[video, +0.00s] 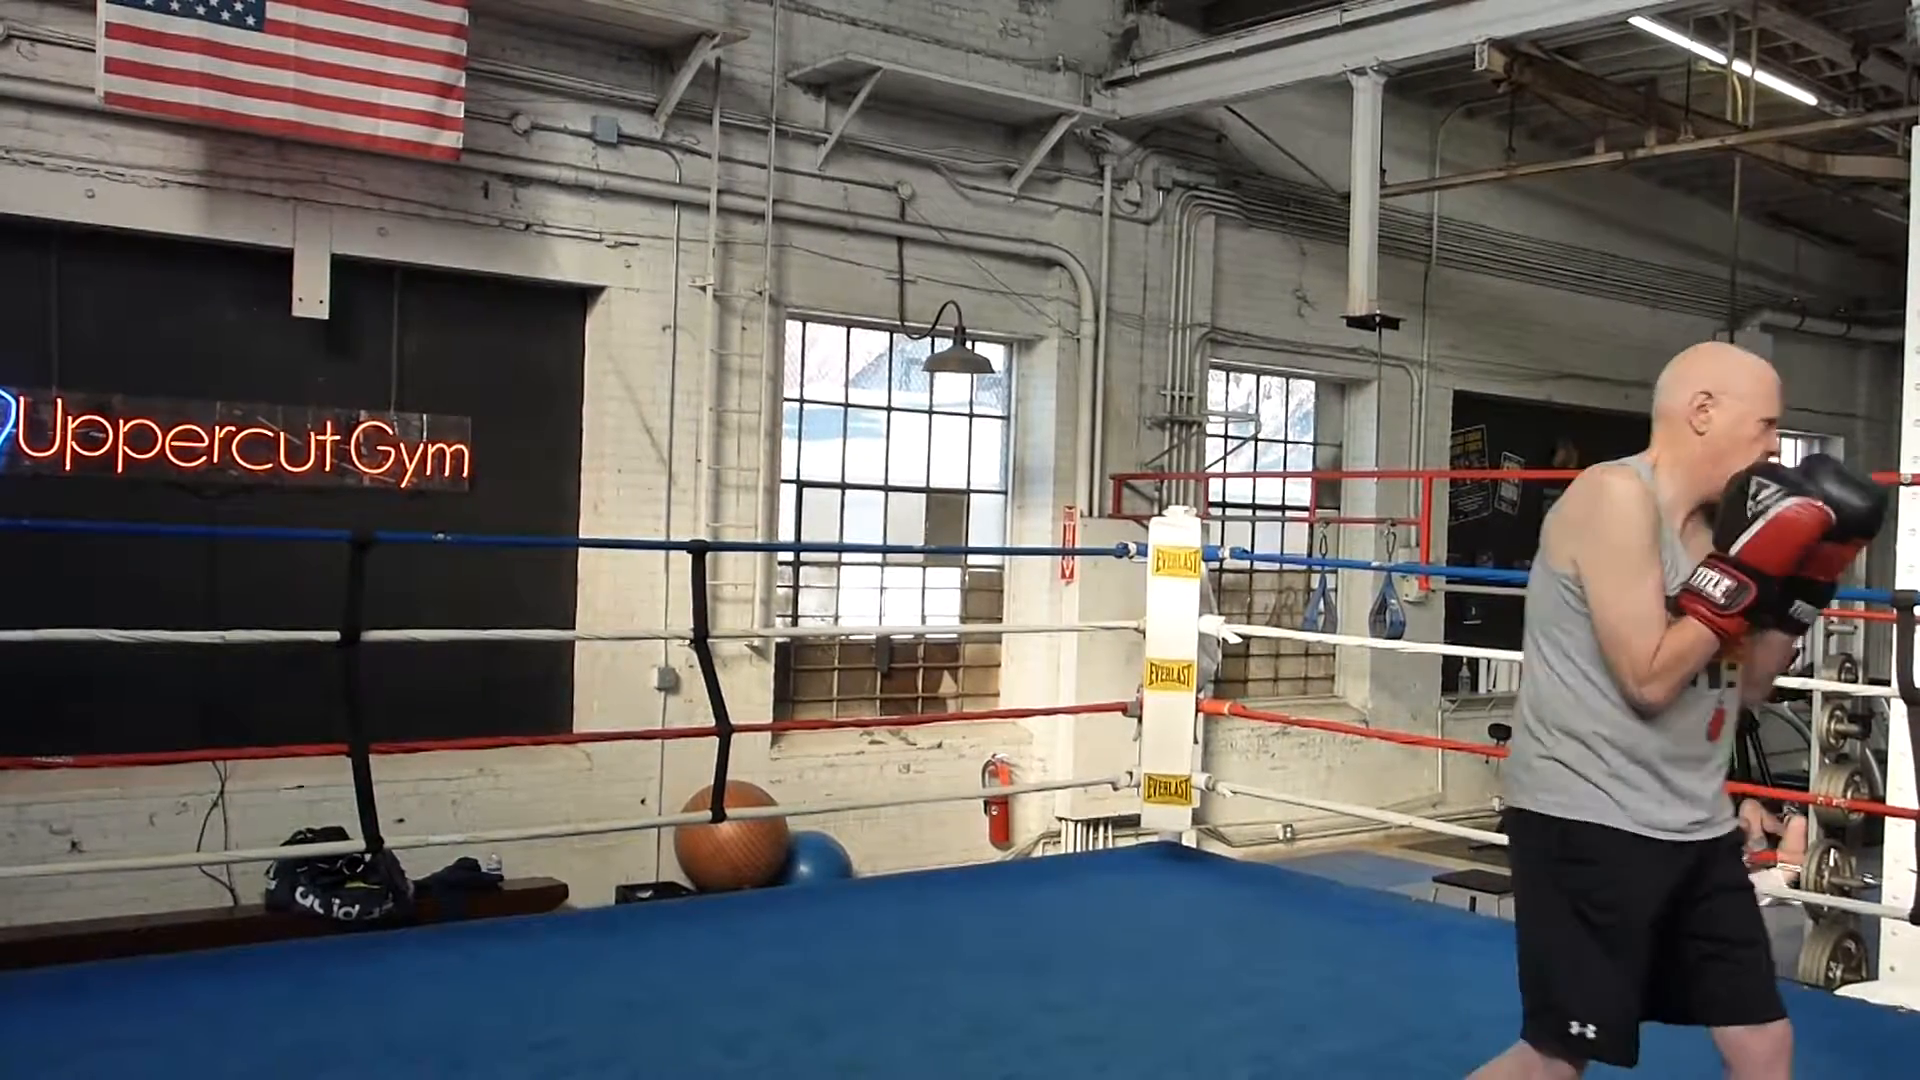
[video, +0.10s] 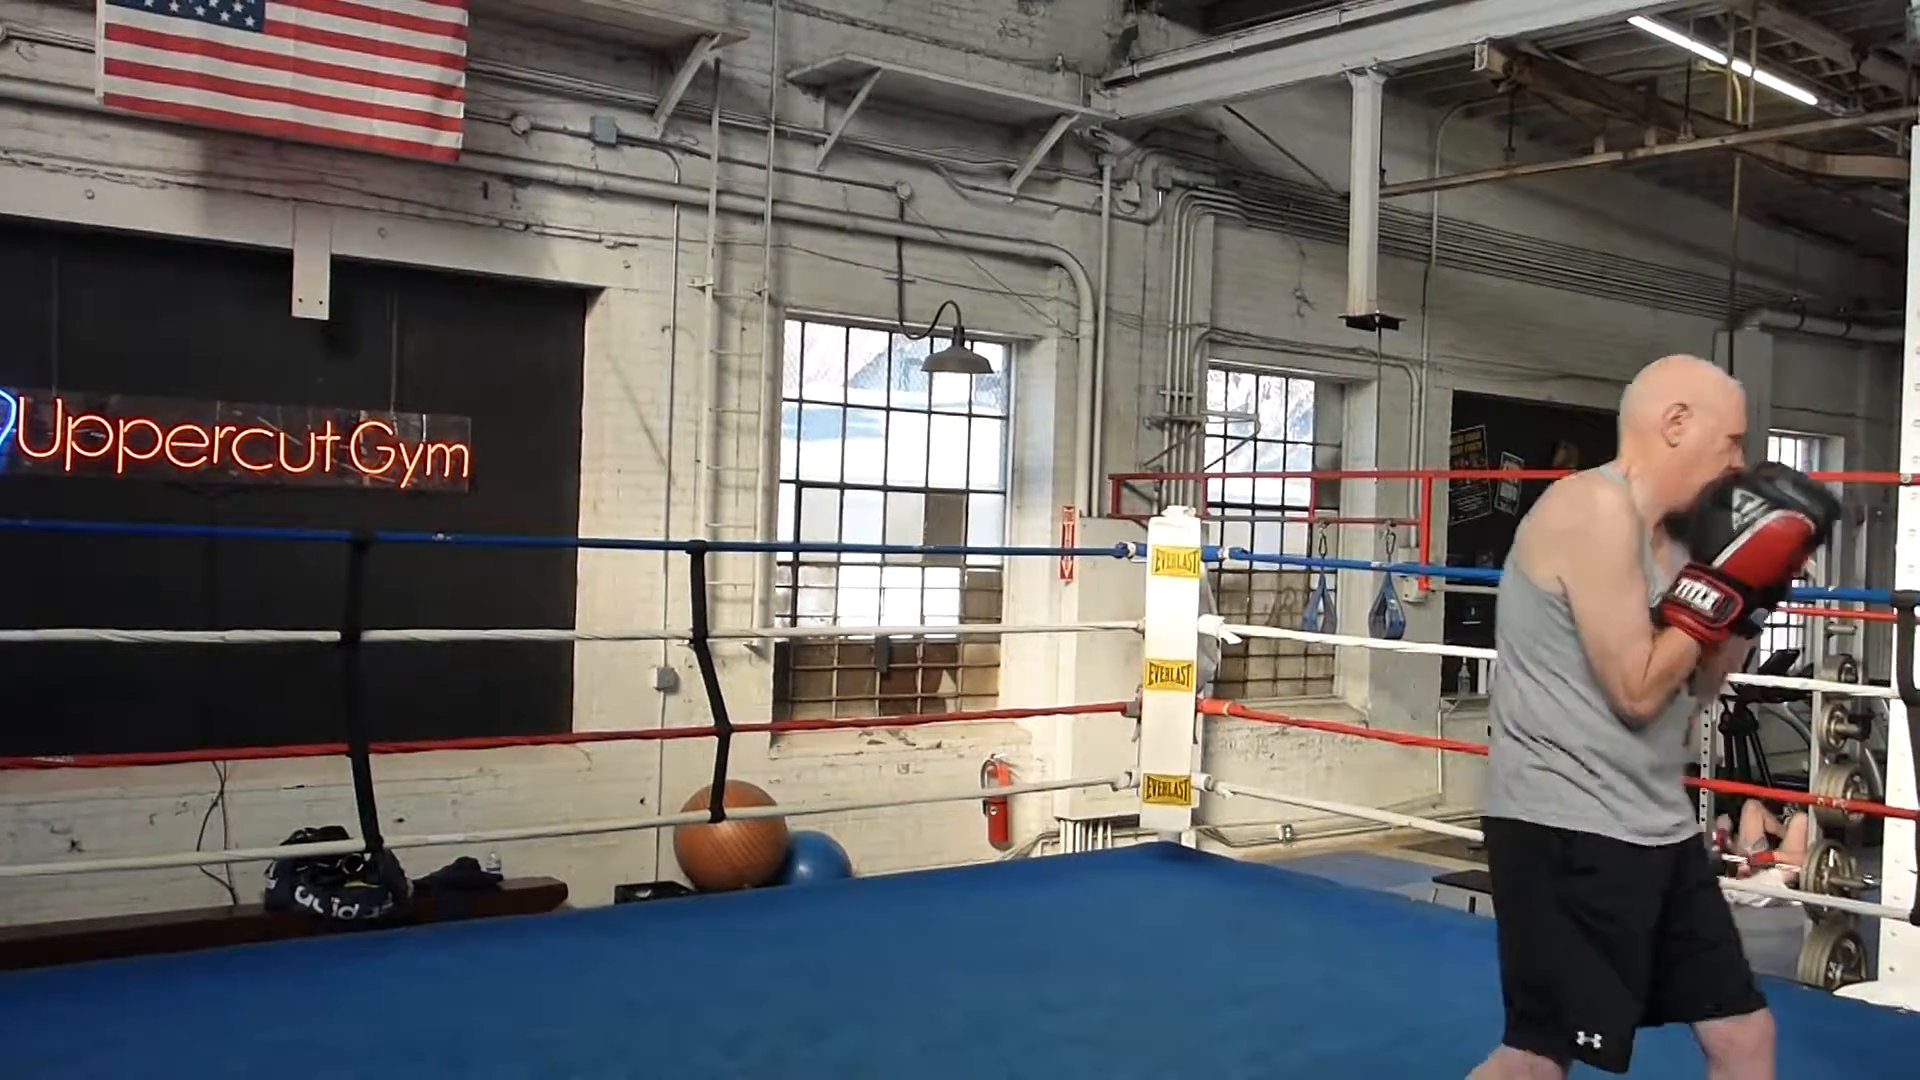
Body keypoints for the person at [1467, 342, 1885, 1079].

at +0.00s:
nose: (1775, 450)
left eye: (1778, 431)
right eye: (1766, 426)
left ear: (1702, 415)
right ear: (1701, 411)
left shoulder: (1706, 530)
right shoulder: (1612, 496)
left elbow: (1750, 681)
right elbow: (1649, 680)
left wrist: (1809, 580)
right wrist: (1749, 570)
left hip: (1697, 827)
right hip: (1584, 820)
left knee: (1761, 1045)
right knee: (1555, 1057)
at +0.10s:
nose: (1739, 466)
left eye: (1741, 447)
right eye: (1731, 441)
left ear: (1672, 426)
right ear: (1675, 422)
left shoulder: (1659, 538)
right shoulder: (1593, 508)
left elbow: (1702, 682)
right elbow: (1635, 690)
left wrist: (1752, 581)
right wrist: (1720, 581)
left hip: (1660, 831)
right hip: (1565, 827)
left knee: (1743, 1038)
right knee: (1535, 1058)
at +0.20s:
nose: (1707, 474)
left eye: (1710, 457)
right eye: (1702, 450)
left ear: (1644, 433)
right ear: (1652, 431)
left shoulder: (1619, 536)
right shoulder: (1577, 519)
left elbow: (1632, 678)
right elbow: (1617, 697)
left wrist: (1701, 577)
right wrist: (1698, 595)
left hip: (1617, 823)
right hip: (1543, 825)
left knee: (1734, 1012)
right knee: (1544, 1055)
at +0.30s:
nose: (1683, 476)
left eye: (1687, 459)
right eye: (1681, 453)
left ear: (1619, 434)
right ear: (1636, 434)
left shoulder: (1565, 518)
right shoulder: (1566, 520)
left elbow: (1604, 683)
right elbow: (1606, 700)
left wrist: (1663, 575)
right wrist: (1682, 595)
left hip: (1597, 819)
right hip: (1539, 826)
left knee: (1727, 982)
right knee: (1548, 1061)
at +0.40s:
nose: (1672, 476)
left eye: (1677, 458)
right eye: (1673, 453)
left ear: (1607, 434)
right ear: (1632, 435)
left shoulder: (1549, 512)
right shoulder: (1567, 518)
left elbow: (1604, 682)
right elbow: (1608, 698)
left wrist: (1660, 577)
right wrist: (1677, 591)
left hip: (1594, 813)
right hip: (1542, 821)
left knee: (1722, 968)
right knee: (1557, 1056)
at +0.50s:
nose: (1678, 473)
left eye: (1683, 454)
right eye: (1679, 450)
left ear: (1602, 433)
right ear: (1642, 435)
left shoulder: (1555, 509)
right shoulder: (1575, 515)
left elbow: (1608, 680)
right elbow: (1620, 693)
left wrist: (1659, 583)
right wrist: (1685, 593)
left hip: (1602, 810)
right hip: (1549, 817)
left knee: (1704, 965)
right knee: (1558, 1050)